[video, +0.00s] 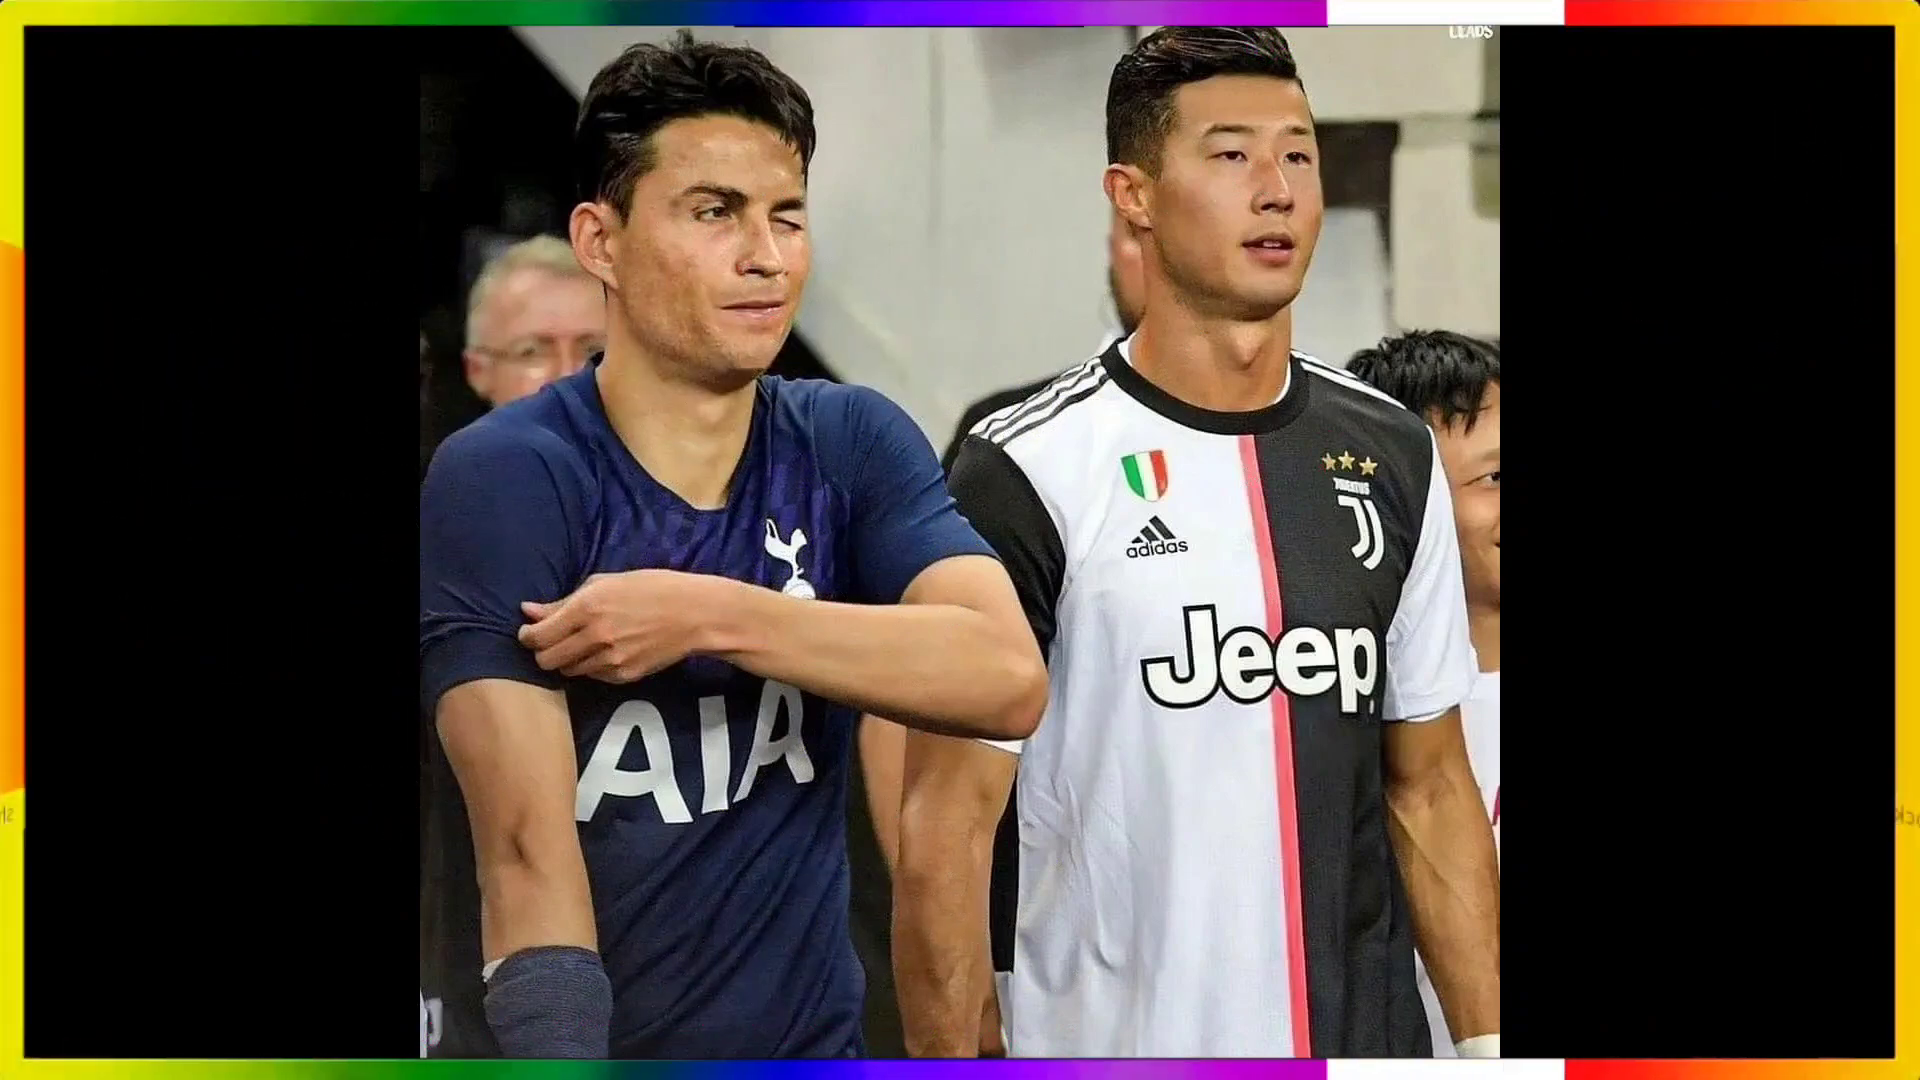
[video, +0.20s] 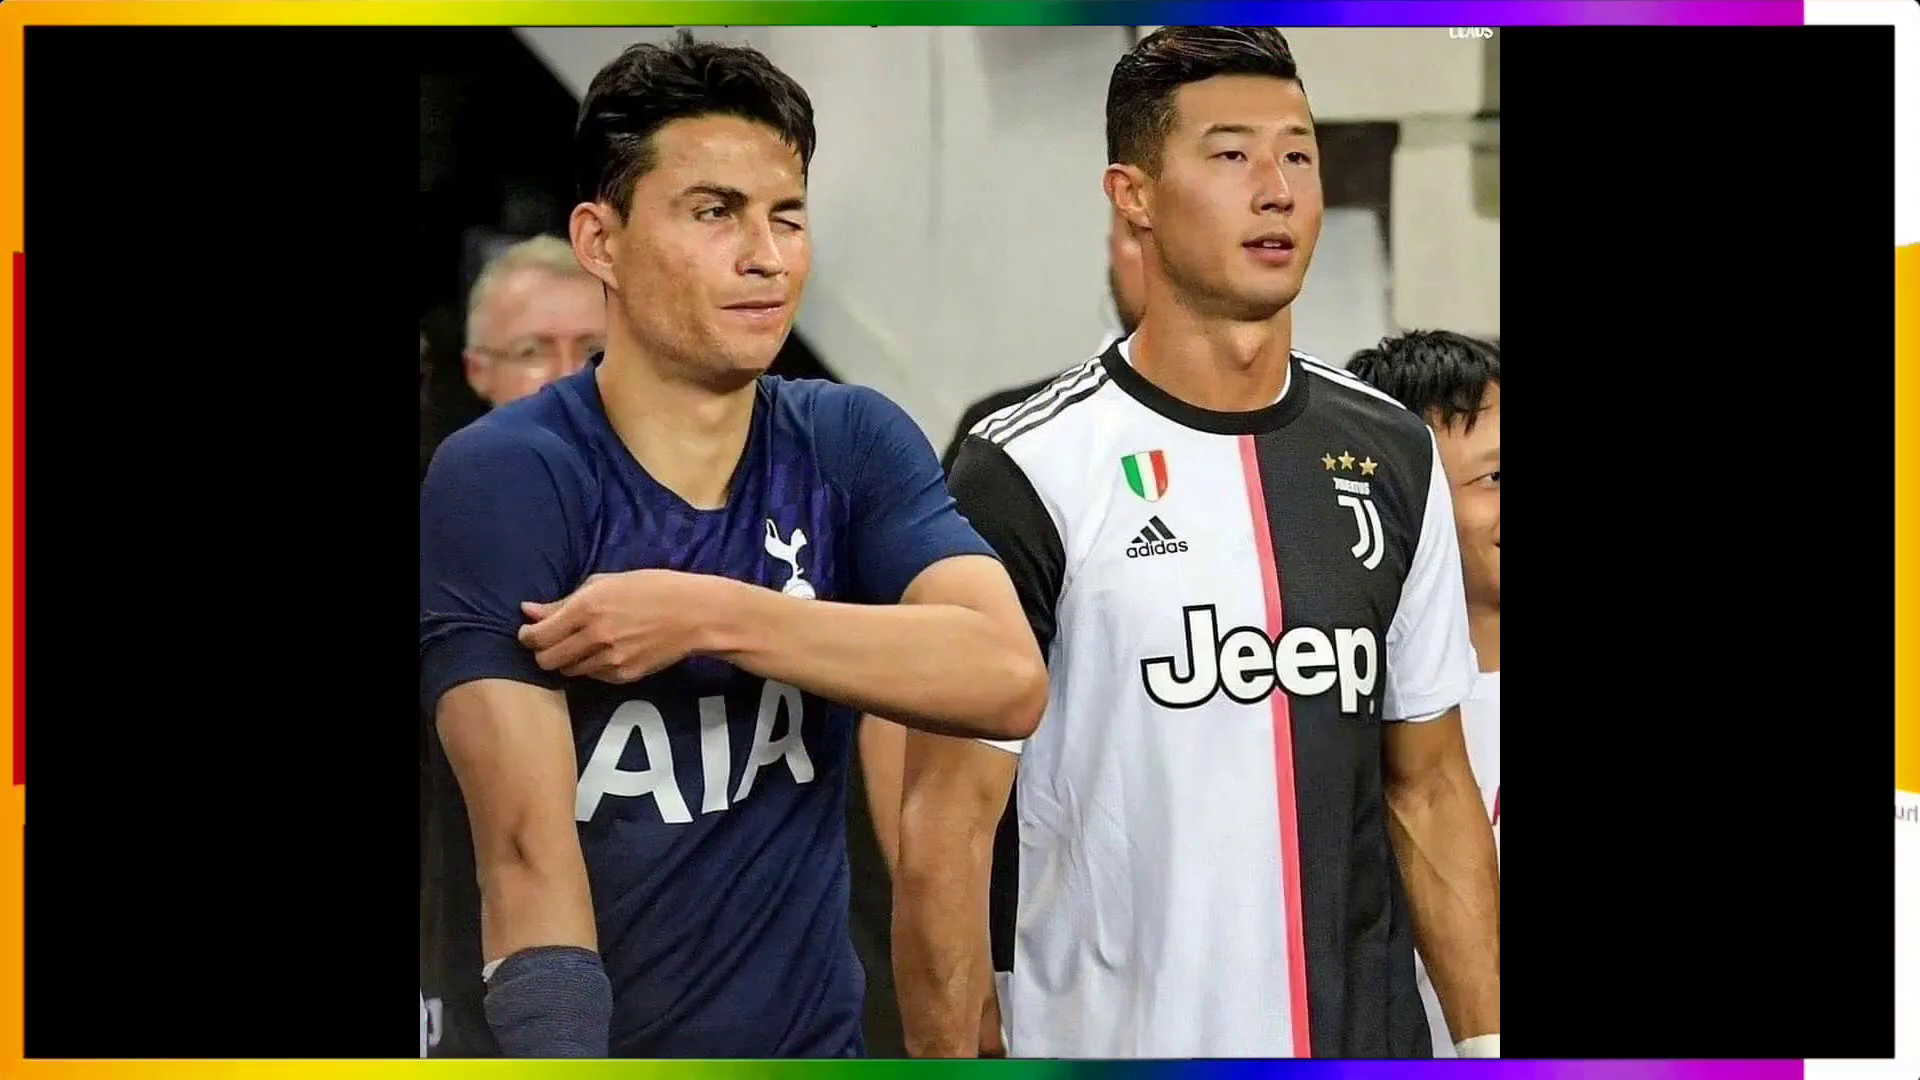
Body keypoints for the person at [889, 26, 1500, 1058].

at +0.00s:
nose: (1279, 193)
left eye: (1297, 159)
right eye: (1230, 157)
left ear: (1319, 187)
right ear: (1134, 198)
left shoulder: (1392, 450)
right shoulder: (1022, 462)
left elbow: (1431, 785)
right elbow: (948, 817)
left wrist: (1483, 1049)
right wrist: (952, 1067)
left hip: (1359, 1046)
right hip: (1106, 1046)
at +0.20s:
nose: (1279, 193)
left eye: (1297, 158)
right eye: (1230, 156)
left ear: (1319, 186)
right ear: (1134, 197)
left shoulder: (1392, 451)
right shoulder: (1022, 462)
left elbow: (1431, 785)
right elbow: (948, 817)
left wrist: (1483, 1046)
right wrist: (953, 1068)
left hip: (1363, 1043)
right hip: (1110, 1044)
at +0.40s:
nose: (1279, 193)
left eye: (1297, 158)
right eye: (1230, 156)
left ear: (1319, 186)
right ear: (1134, 197)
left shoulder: (1392, 451)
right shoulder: (1022, 462)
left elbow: (1431, 785)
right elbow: (949, 816)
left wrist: (1483, 1046)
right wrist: (952, 1067)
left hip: (1360, 1044)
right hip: (1108, 1045)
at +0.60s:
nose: (1279, 193)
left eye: (1297, 159)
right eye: (1230, 157)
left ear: (1319, 186)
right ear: (1134, 198)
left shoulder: (1392, 451)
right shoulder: (1022, 462)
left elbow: (1430, 785)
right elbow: (949, 816)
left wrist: (1483, 1046)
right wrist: (951, 1067)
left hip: (1359, 1046)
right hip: (1108, 1045)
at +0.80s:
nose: (1279, 193)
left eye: (1297, 159)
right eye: (1230, 156)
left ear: (1319, 187)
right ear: (1134, 198)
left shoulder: (1392, 451)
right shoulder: (1022, 461)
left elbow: (1431, 785)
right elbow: (948, 815)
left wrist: (1482, 1046)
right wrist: (952, 1068)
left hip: (1358, 1046)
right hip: (1109, 1047)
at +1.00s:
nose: (1279, 193)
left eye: (1297, 159)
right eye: (1230, 157)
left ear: (1319, 187)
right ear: (1134, 198)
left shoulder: (1392, 450)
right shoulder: (1022, 462)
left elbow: (1431, 785)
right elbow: (948, 817)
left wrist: (1484, 1049)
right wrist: (953, 1067)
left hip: (1360, 1046)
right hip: (1107, 1046)